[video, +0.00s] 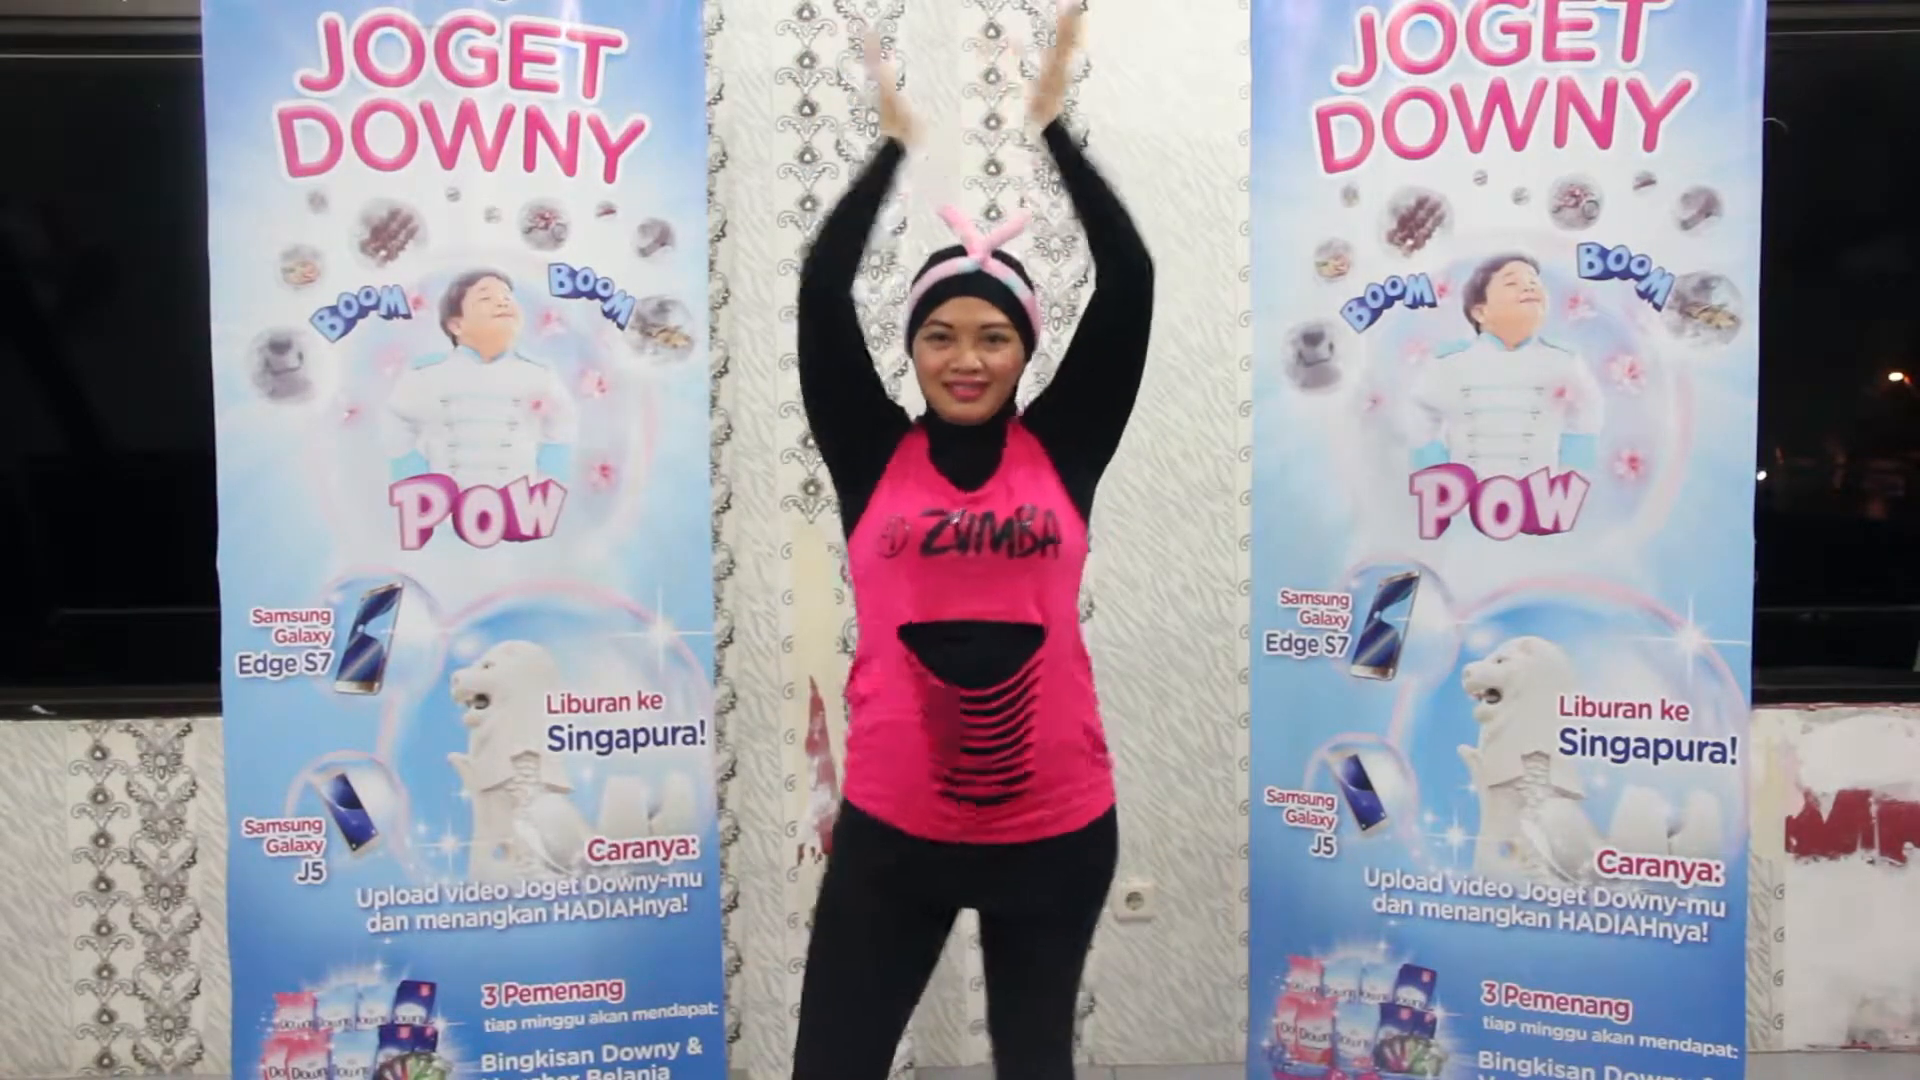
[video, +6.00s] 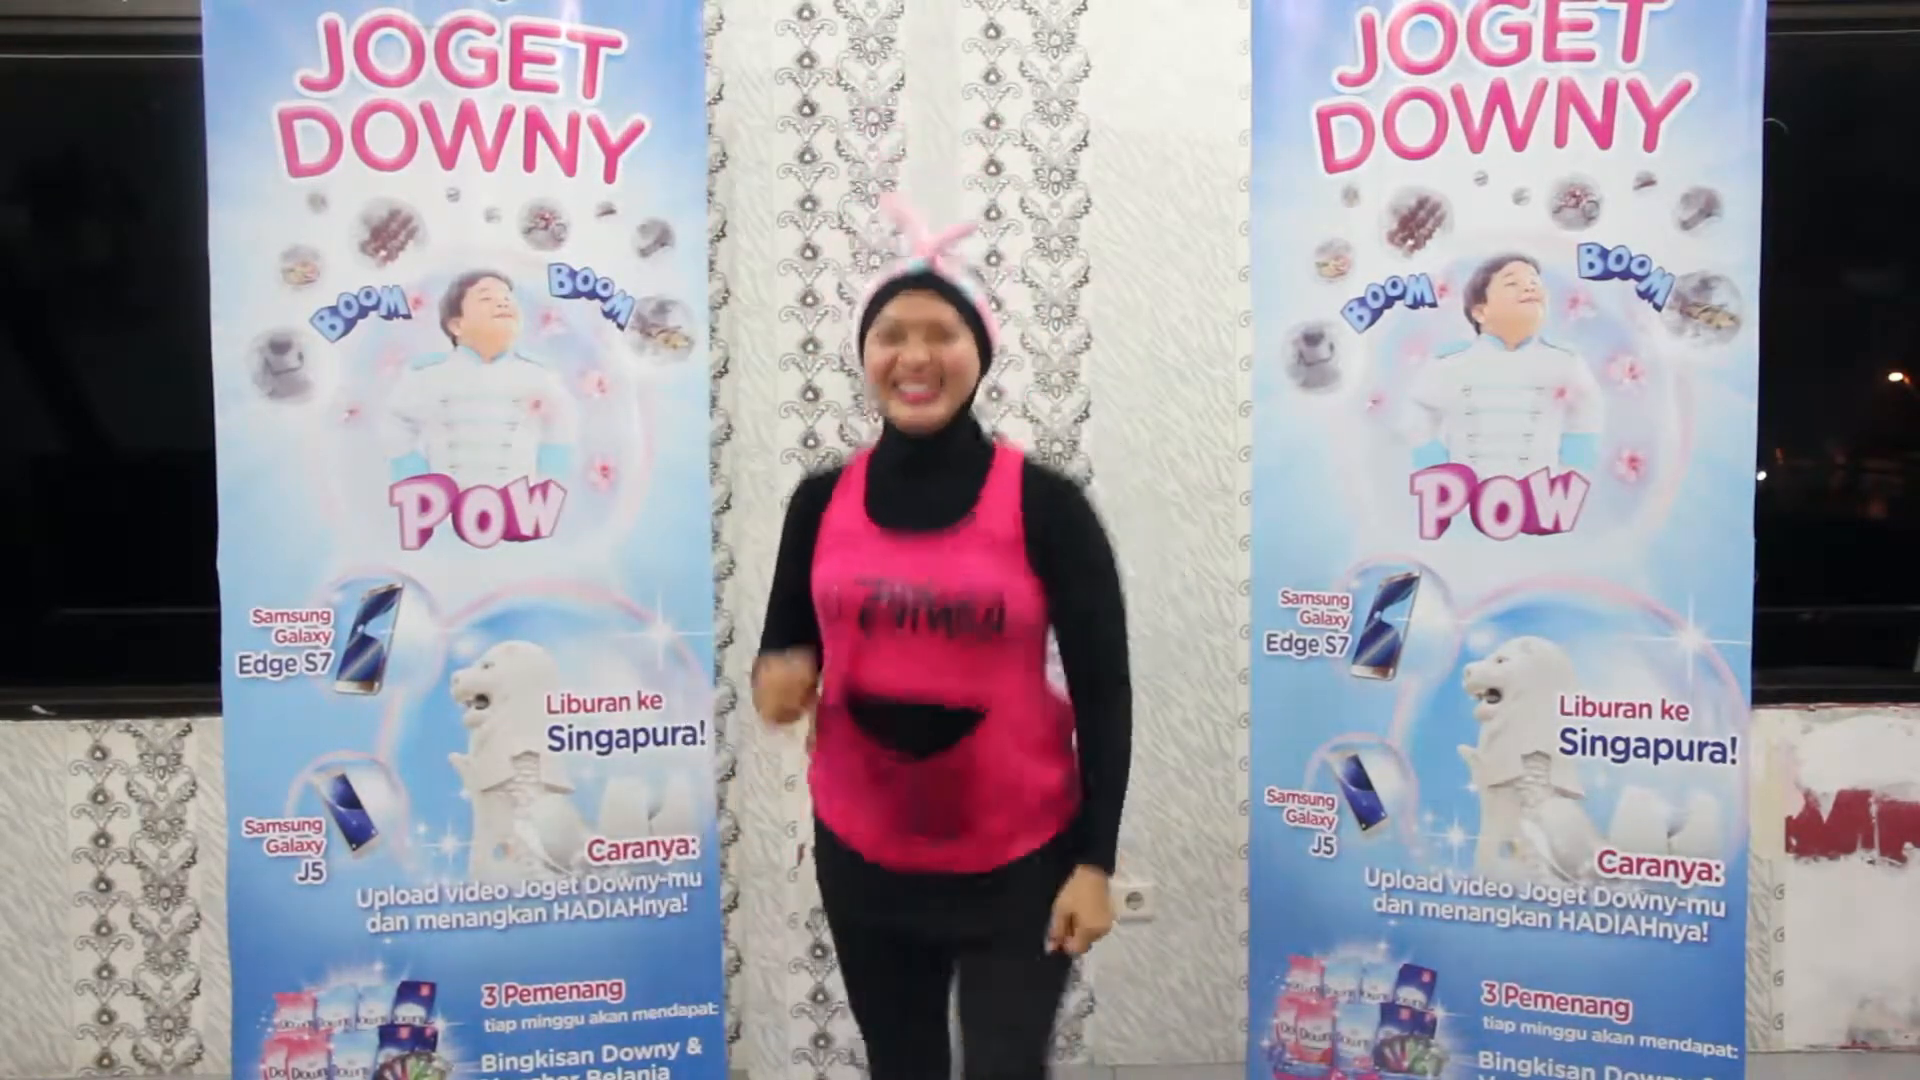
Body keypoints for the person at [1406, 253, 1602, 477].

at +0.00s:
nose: (1528, 286)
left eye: (1534, 281)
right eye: (1510, 282)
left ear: (1545, 300)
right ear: (1478, 311)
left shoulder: (1564, 363)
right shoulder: (1446, 366)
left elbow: (1583, 422)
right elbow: (1415, 415)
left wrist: (1567, 484)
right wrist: (1433, 475)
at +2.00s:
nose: (1529, 287)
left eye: (1535, 281)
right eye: (1511, 283)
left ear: (1544, 299)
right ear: (1479, 311)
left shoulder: (1565, 363)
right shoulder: (1447, 365)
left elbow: (1584, 429)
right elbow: (1417, 421)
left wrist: (1566, 491)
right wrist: (1435, 481)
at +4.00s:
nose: (1529, 287)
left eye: (1534, 281)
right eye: (1511, 283)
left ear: (1545, 299)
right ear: (1479, 311)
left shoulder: (1565, 364)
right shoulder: (1447, 367)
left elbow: (1585, 426)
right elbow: (1413, 415)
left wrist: (1567, 483)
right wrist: (1435, 473)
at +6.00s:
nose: (1529, 287)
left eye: (1534, 281)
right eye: (1511, 283)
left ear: (1545, 299)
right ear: (1479, 311)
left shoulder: (1565, 365)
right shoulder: (1445, 368)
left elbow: (1583, 437)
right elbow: (1415, 424)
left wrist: (1564, 495)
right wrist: (1438, 482)